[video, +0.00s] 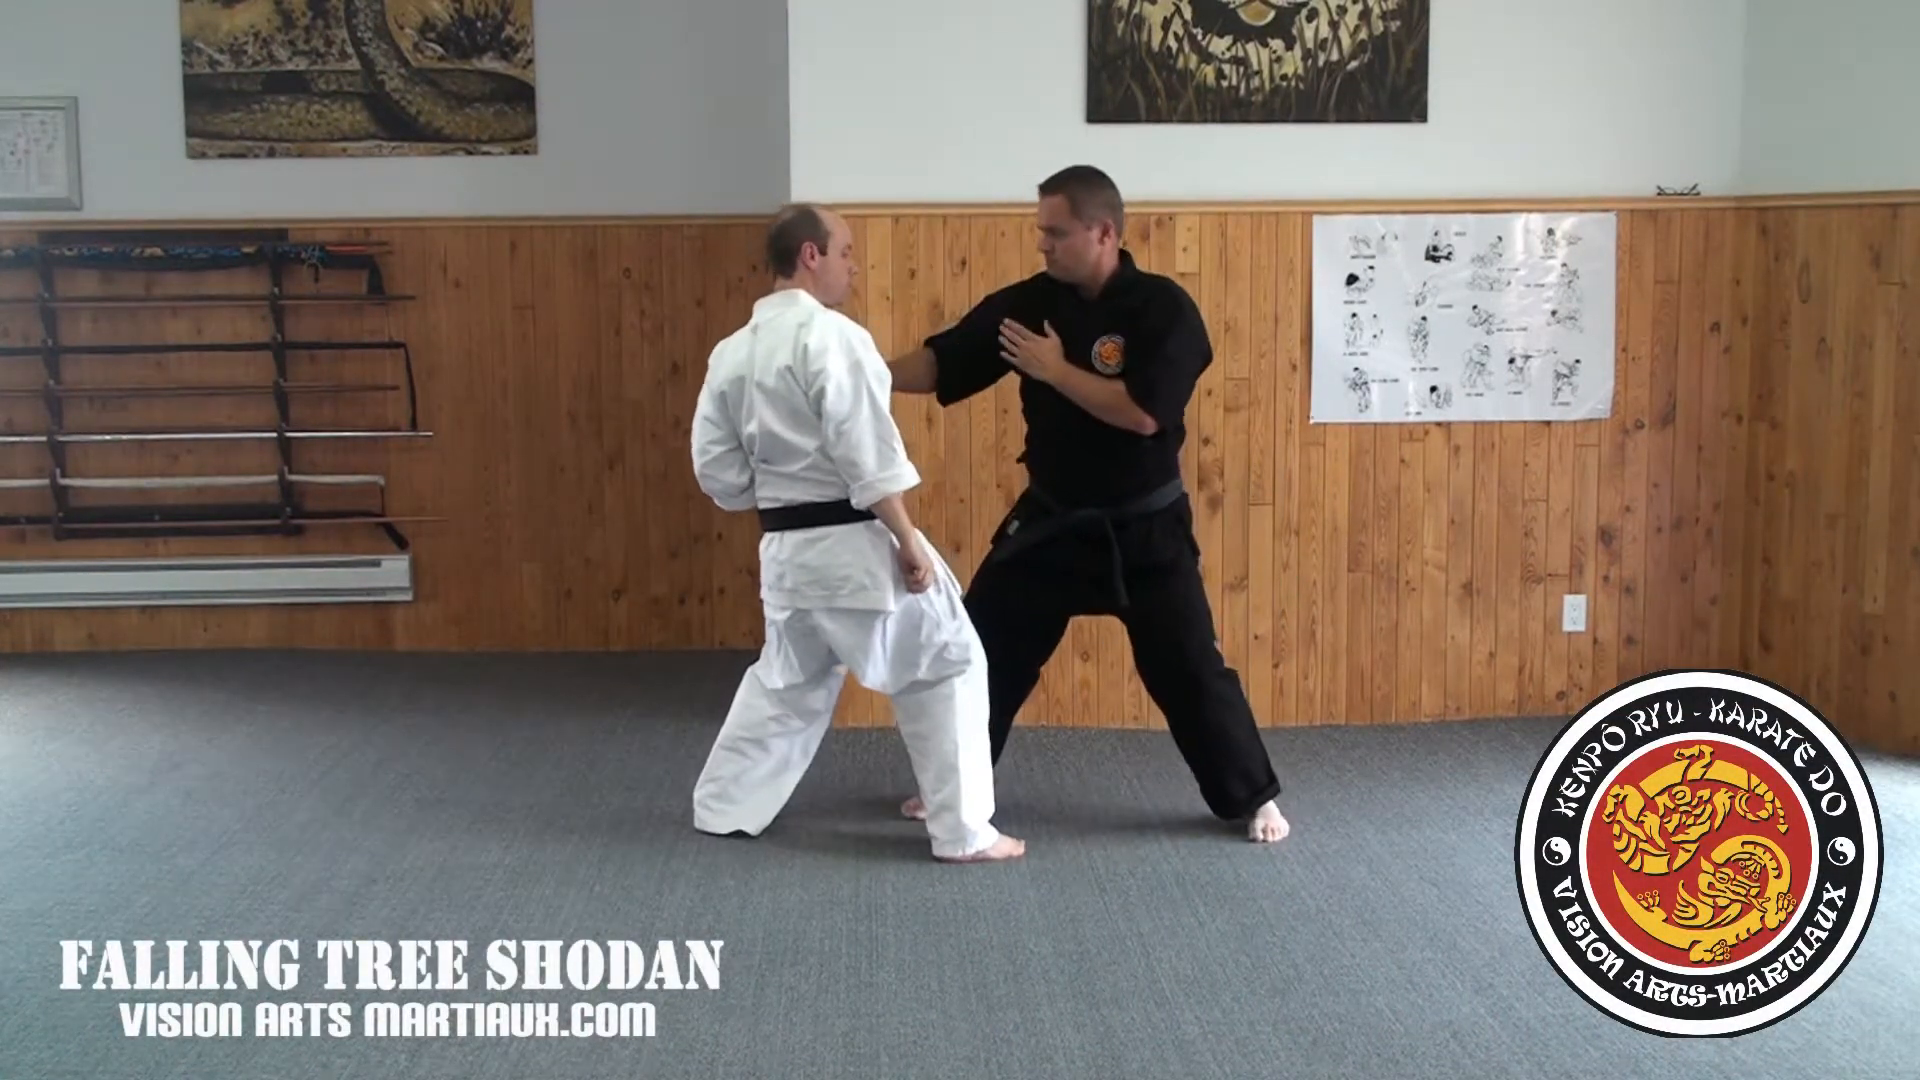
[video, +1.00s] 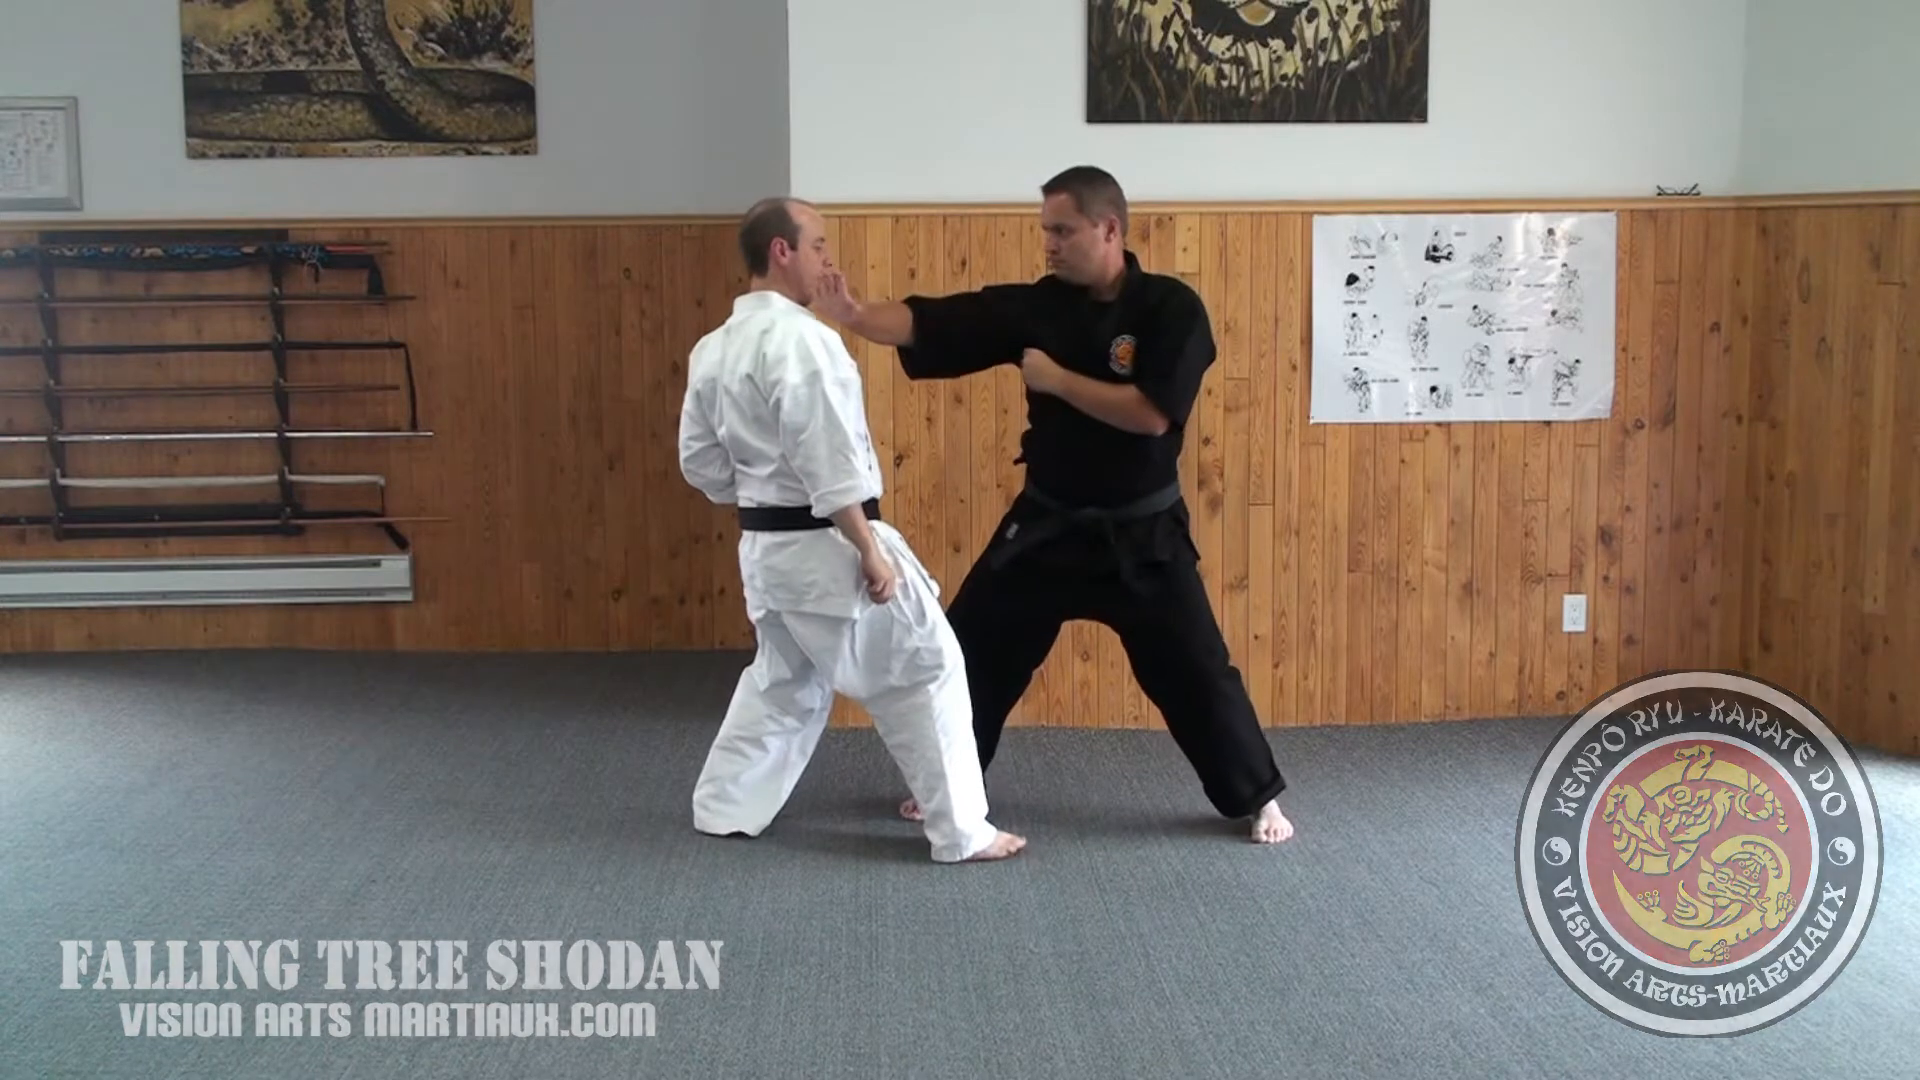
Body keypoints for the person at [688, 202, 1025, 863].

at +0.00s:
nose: (852, 270)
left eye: (851, 256)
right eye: (845, 256)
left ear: (786, 262)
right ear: (810, 258)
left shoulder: (730, 353)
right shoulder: (833, 337)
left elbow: (720, 474)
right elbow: (865, 448)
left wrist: (786, 501)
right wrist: (907, 536)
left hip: (784, 553)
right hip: (859, 548)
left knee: (787, 678)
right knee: (949, 664)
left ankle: (721, 807)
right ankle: (964, 830)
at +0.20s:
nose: (847, 270)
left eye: (846, 256)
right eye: (839, 255)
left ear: (783, 261)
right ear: (802, 258)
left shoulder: (724, 352)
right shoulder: (826, 339)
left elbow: (710, 467)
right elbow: (854, 453)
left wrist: (773, 502)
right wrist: (896, 539)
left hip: (776, 550)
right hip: (848, 546)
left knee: (784, 677)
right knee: (941, 663)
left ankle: (721, 807)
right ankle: (963, 830)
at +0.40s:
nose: (842, 268)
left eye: (841, 254)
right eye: (834, 254)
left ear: (781, 258)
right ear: (797, 255)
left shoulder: (720, 350)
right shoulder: (817, 338)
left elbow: (707, 466)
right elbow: (842, 454)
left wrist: (774, 500)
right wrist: (884, 541)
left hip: (770, 550)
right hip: (838, 544)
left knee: (785, 676)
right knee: (935, 665)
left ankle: (721, 807)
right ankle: (962, 831)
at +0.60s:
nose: (835, 267)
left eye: (834, 253)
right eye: (826, 253)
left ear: (775, 258)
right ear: (790, 255)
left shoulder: (714, 350)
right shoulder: (805, 340)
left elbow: (702, 461)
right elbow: (827, 456)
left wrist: (763, 504)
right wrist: (869, 545)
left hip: (765, 551)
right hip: (829, 548)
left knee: (785, 678)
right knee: (928, 668)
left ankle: (721, 806)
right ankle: (962, 831)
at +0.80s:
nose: (832, 263)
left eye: (830, 249)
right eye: (822, 249)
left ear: (773, 257)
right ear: (785, 254)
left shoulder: (712, 350)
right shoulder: (800, 340)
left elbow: (700, 462)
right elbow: (823, 458)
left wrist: (762, 505)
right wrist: (866, 551)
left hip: (763, 551)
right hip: (827, 549)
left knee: (784, 677)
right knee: (927, 668)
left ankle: (722, 807)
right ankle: (962, 830)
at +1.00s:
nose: (829, 261)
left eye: (827, 246)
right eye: (818, 246)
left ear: (768, 255)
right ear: (781, 252)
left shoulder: (711, 350)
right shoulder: (804, 343)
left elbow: (700, 461)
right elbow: (827, 459)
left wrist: (761, 503)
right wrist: (869, 549)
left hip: (764, 550)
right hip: (830, 548)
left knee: (782, 679)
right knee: (927, 668)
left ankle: (722, 807)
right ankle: (962, 830)